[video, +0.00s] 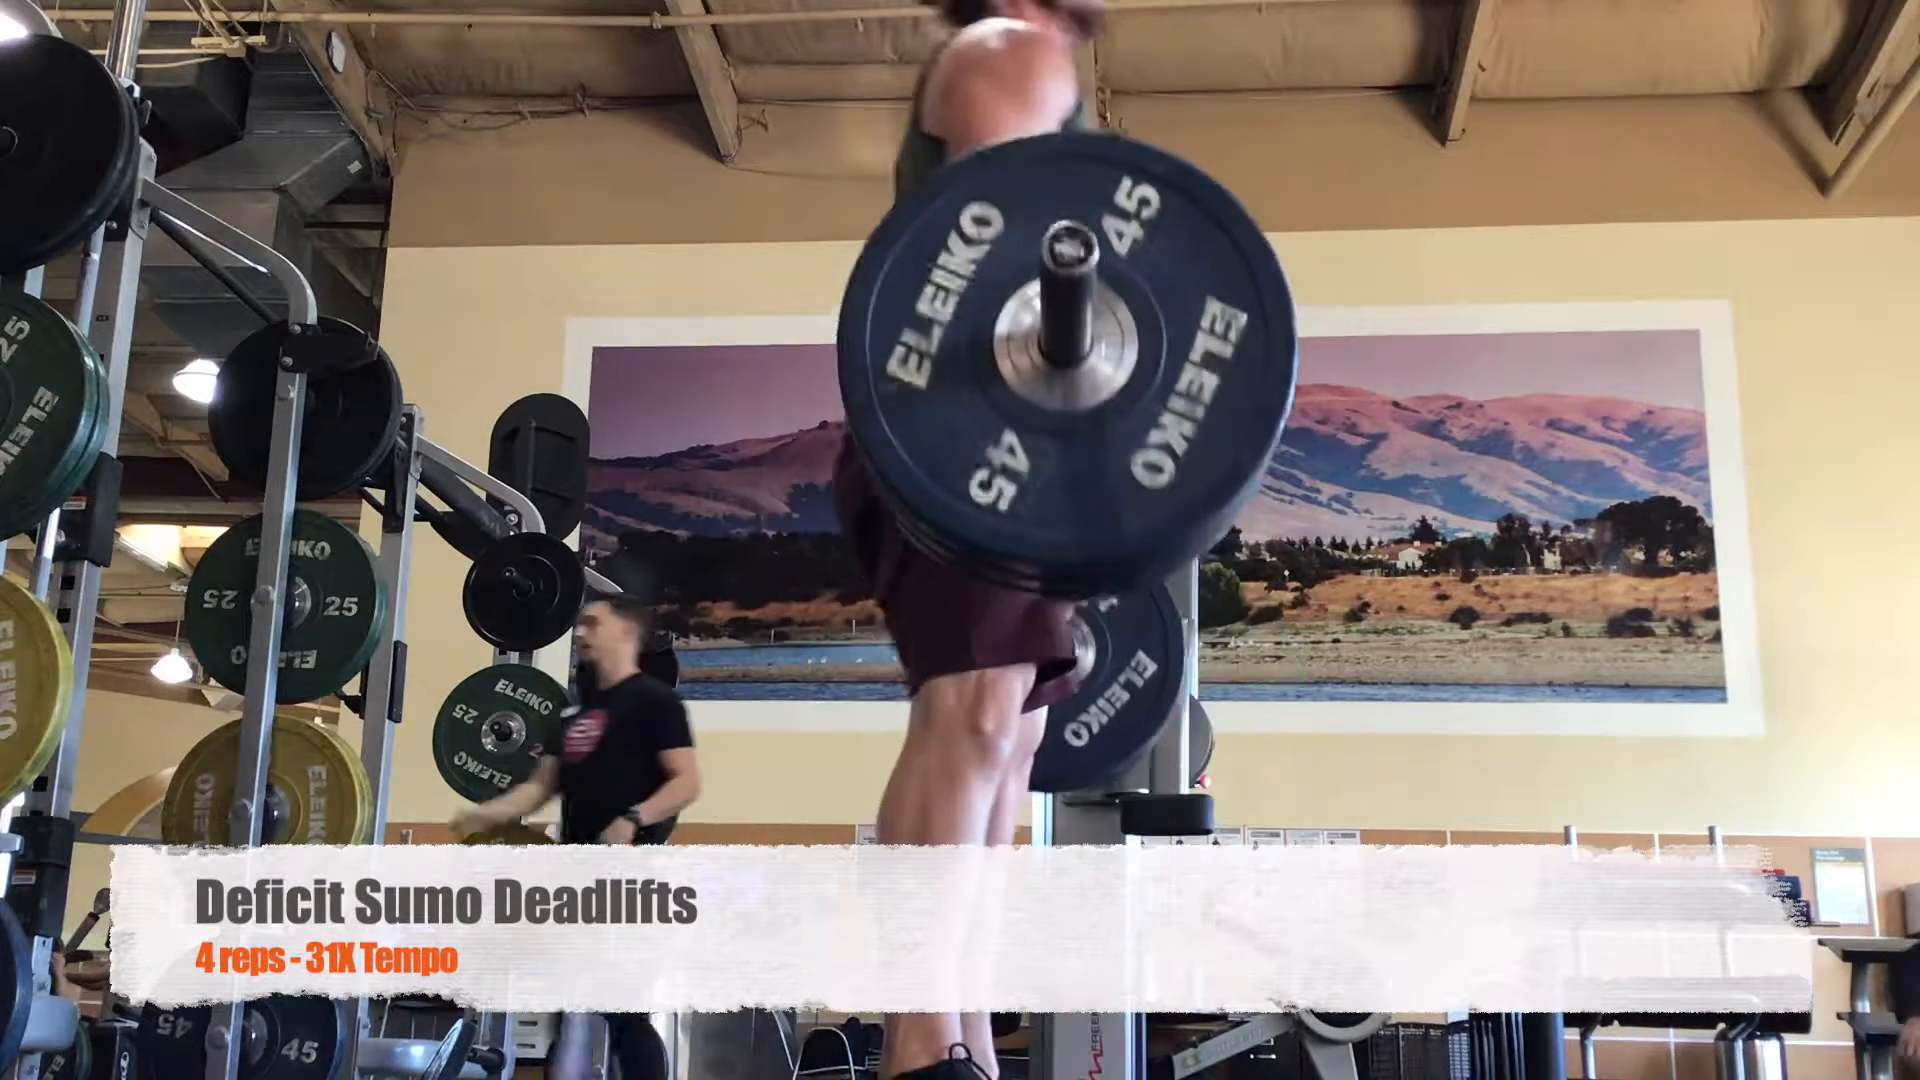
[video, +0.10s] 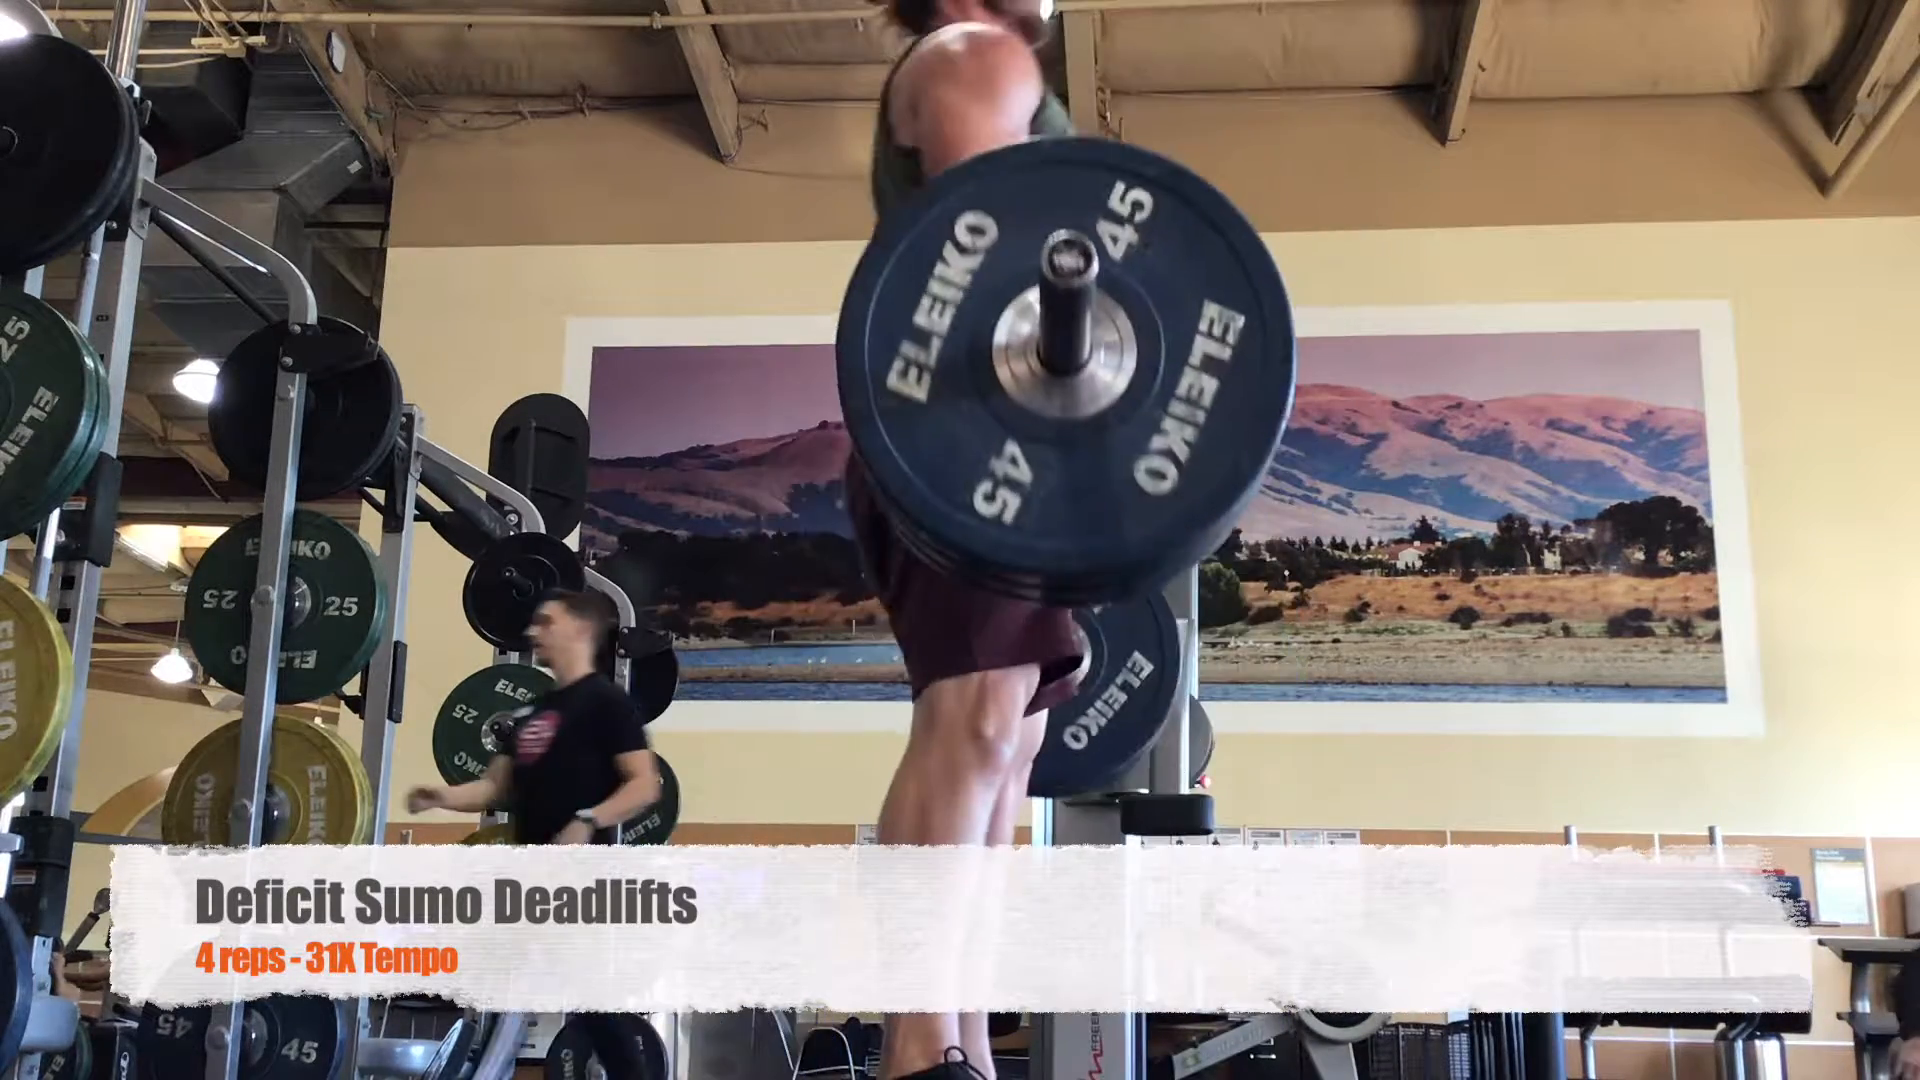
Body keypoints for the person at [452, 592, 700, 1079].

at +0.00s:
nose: (581, 632)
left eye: (592, 623)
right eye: (583, 623)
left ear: (627, 632)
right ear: (605, 634)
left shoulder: (656, 700)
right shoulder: (578, 707)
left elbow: (688, 781)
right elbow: (542, 784)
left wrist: (632, 819)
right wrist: (488, 813)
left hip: (631, 873)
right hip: (577, 871)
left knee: (628, 1007)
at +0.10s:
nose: (534, 631)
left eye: (546, 622)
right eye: (537, 622)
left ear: (582, 630)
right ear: (567, 634)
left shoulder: (608, 700)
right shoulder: (535, 713)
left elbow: (646, 784)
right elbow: (497, 788)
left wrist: (588, 821)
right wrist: (443, 796)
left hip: (588, 876)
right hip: (535, 875)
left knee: (600, 1006)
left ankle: (635, 1071)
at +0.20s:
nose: (485, 625)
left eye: (497, 615)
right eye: (486, 617)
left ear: (534, 624)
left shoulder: (556, 695)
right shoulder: (492, 704)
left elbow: (585, 784)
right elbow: (449, 791)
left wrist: (522, 824)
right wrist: (390, 809)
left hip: (530, 869)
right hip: (479, 867)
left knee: (526, 1007)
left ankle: (580, 1069)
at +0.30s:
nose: (440, 615)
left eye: (450, 605)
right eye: (444, 605)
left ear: (480, 613)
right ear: (475, 616)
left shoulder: (505, 685)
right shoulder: (448, 691)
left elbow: (515, 777)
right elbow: (425, 775)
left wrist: (441, 803)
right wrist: (390, 819)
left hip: (477, 852)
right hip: (431, 849)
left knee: (444, 983)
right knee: (407, 980)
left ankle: (505, 1067)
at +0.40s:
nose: (393, 605)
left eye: (402, 596)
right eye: (396, 596)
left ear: (431, 601)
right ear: (428, 601)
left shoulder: (447, 664)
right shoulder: (419, 667)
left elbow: (436, 754)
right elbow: (398, 743)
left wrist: (357, 771)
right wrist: (350, 769)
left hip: (430, 846)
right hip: (399, 842)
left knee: (416, 977)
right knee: (374, 968)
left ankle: (422, 1073)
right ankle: (378, 1062)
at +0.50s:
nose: (357, 600)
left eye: (369, 590)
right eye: (362, 589)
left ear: (389, 599)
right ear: (392, 600)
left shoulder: (391, 657)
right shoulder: (365, 654)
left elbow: (359, 740)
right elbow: (339, 728)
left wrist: (292, 732)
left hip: (395, 840)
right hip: (371, 837)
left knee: (398, 974)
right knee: (385, 971)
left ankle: (418, 1073)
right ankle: (417, 1064)